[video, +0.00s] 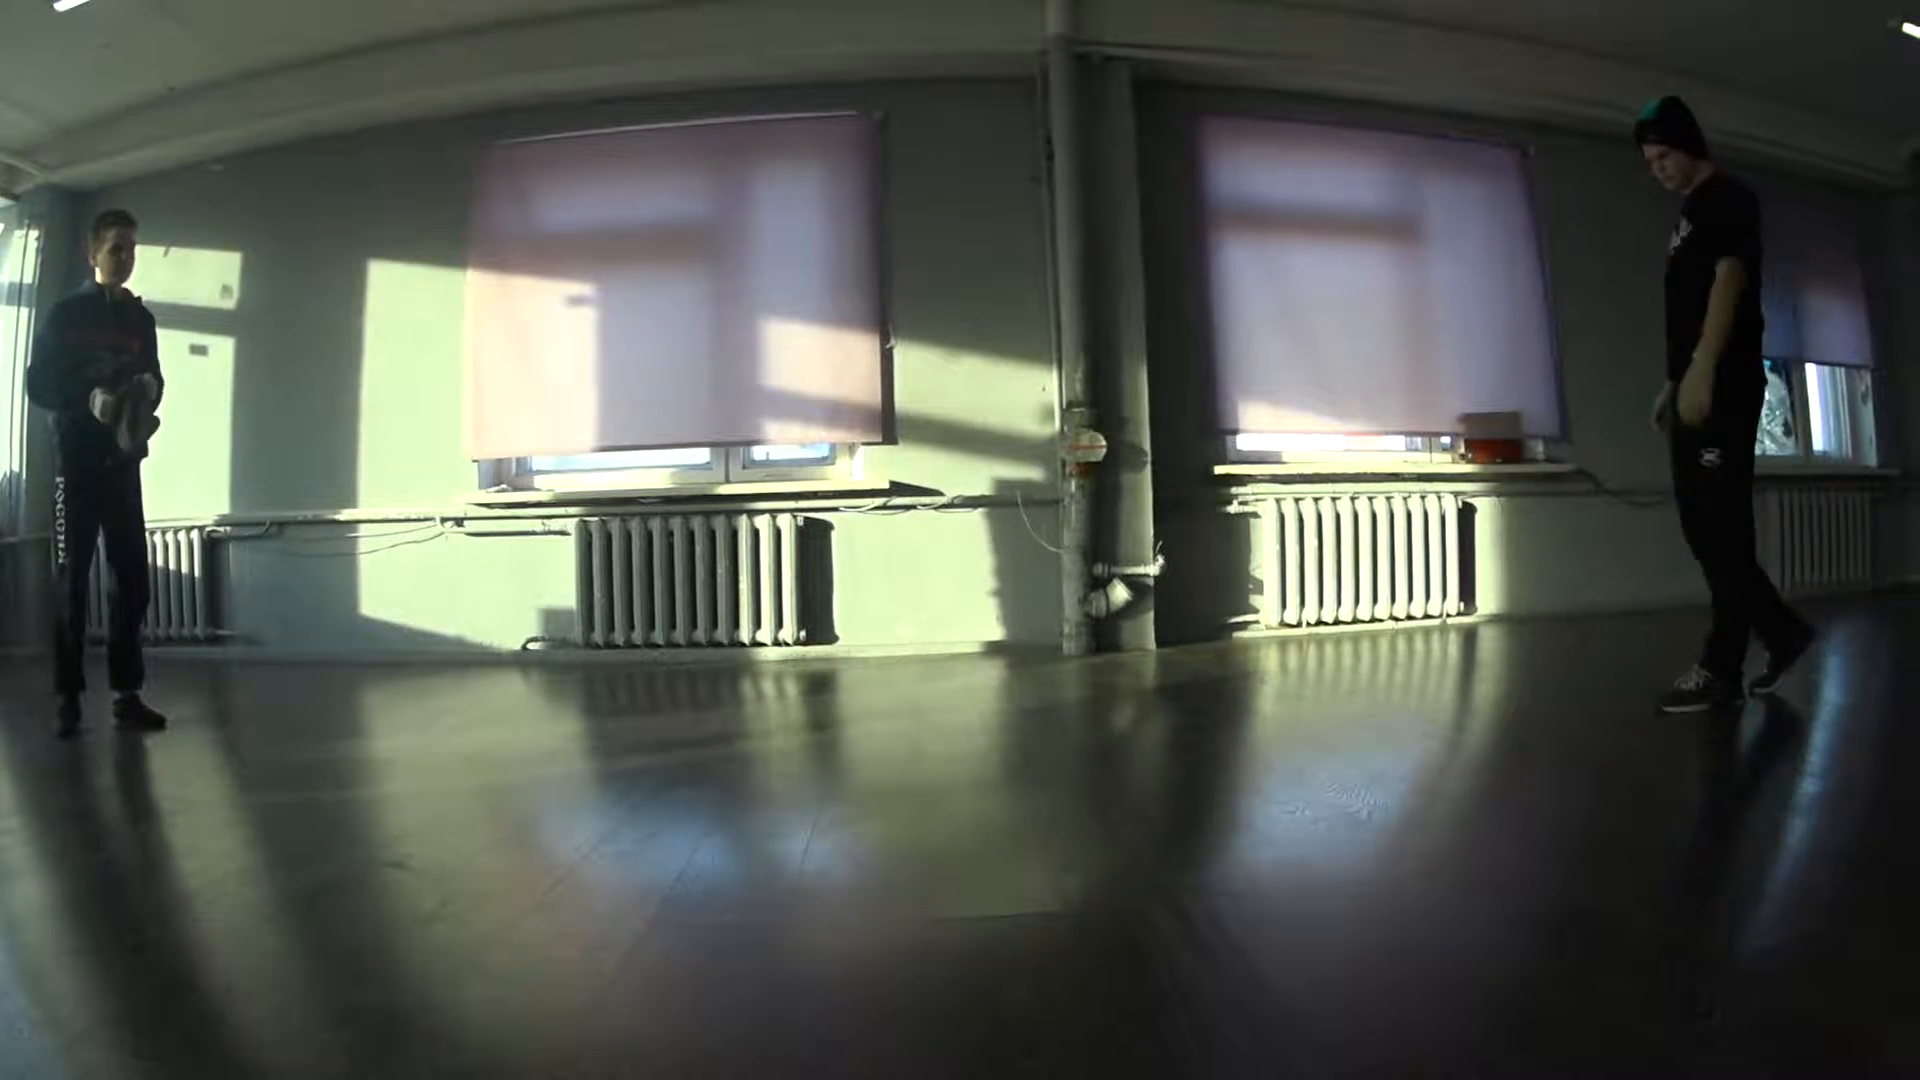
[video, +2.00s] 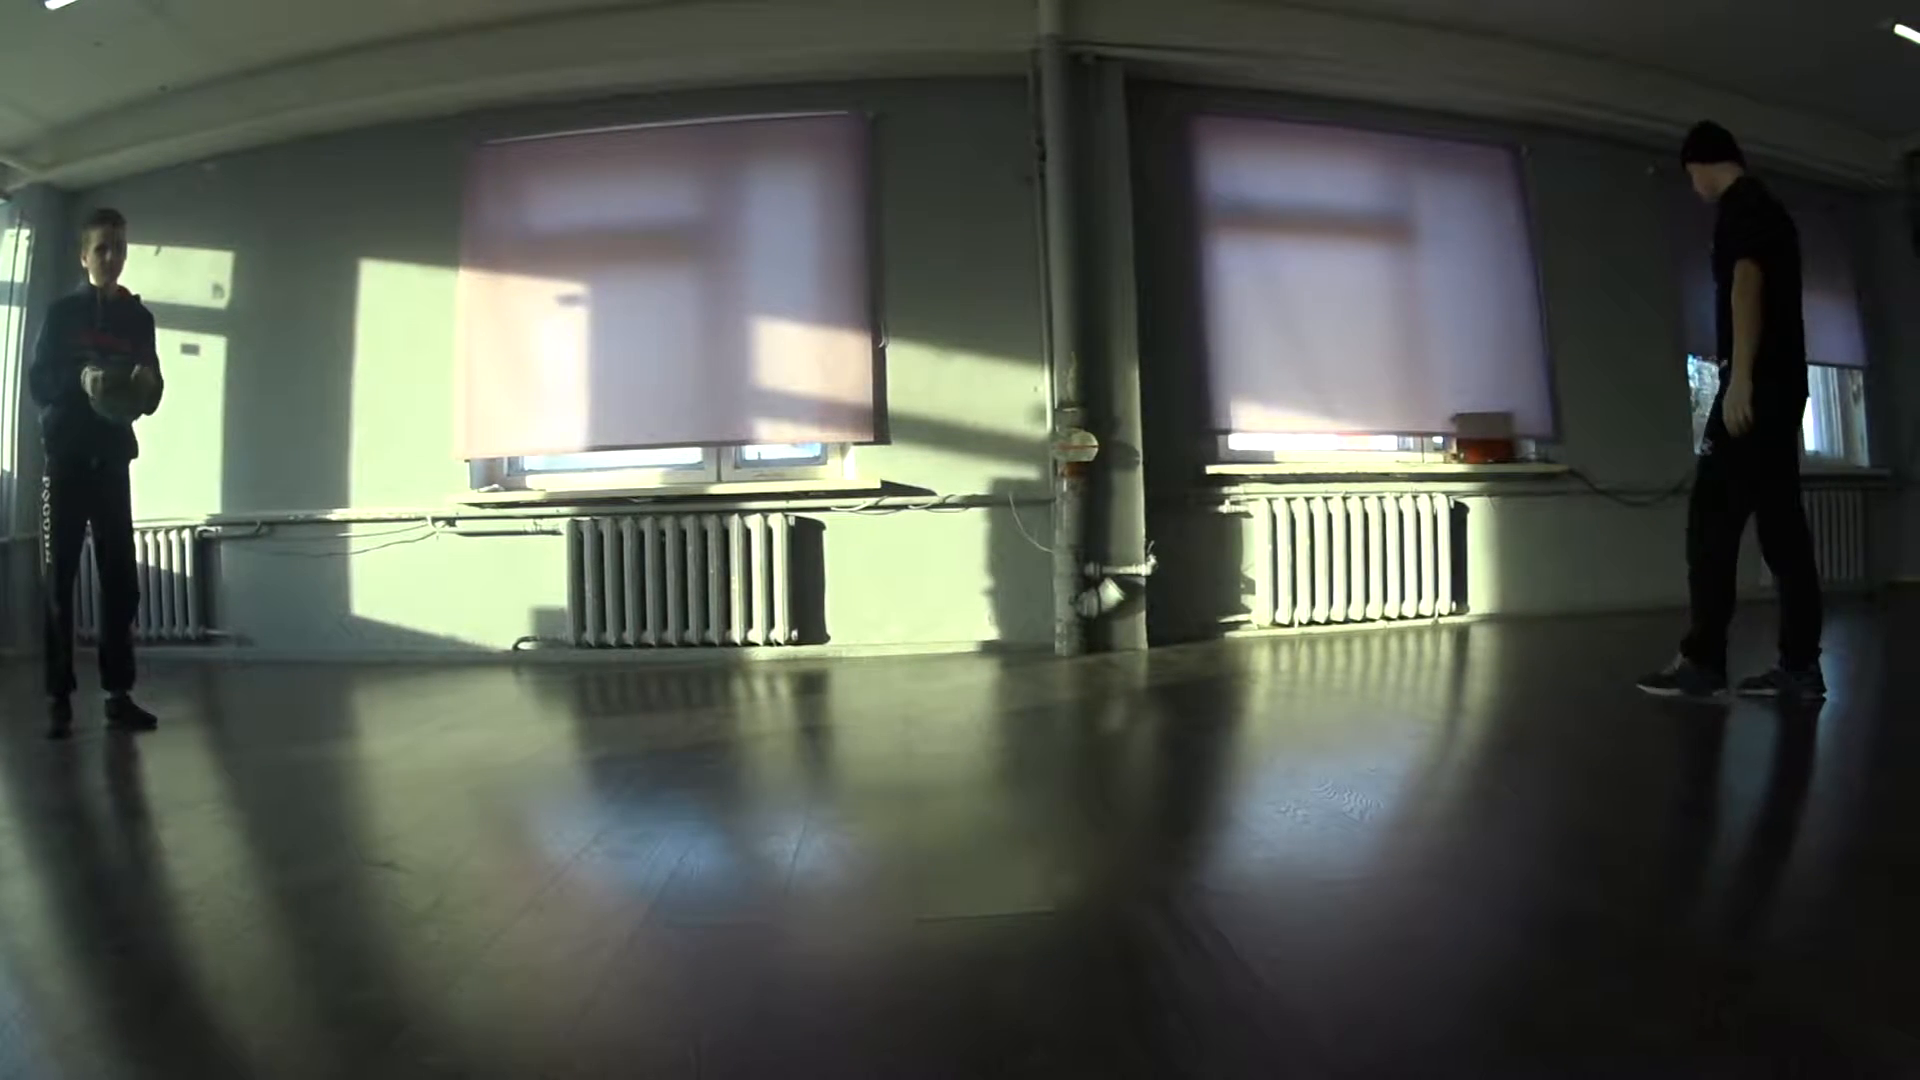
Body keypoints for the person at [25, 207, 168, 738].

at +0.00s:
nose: (125, 256)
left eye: (130, 247)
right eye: (115, 247)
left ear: (137, 253)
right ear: (92, 252)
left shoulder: (140, 315)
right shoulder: (67, 311)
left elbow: (154, 382)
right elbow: (38, 385)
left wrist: (144, 402)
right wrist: (87, 397)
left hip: (124, 456)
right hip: (78, 455)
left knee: (133, 576)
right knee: (74, 575)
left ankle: (127, 697)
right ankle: (68, 700)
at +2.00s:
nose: (111, 256)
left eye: (118, 247)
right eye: (102, 247)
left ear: (127, 251)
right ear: (83, 253)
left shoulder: (138, 315)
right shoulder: (63, 310)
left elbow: (154, 393)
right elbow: (39, 385)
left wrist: (139, 390)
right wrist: (81, 380)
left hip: (113, 456)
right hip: (66, 456)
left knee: (120, 577)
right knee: (60, 580)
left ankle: (119, 696)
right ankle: (60, 700)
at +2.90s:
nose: (106, 260)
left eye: (112, 252)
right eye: (98, 251)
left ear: (118, 256)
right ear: (77, 254)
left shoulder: (129, 311)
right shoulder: (55, 308)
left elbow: (166, 361)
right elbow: (36, 356)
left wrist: (157, 313)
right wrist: (86, 314)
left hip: (109, 460)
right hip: (61, 459)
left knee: (117, 579)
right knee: (56, 580)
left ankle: (115, 696)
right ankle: (56, 700)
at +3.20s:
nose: (108, 259)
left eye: (116, 250)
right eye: (99, 249)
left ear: (123, 255)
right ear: (80, 252)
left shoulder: (130, 308)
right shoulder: (58, 302)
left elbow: (173, 276)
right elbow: (43, 274)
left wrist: (143, 231)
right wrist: (78, 229)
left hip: (109, 456)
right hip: (62, 454)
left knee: (117, 582)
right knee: (57, 579)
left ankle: (115, 697)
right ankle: (55, 701)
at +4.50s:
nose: (108, 261)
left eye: (112, 253)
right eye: (101, 251)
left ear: (111, 256)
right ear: (78, 252)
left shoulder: (117, 307)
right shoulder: (50, 301)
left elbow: (162, 271)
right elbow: (40, 264)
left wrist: (129, 229)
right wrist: (67, 223)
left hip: (103, 454)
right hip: (57, 451)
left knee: (113, 579)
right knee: (54, 575)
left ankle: (111, 697)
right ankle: (50, 702)